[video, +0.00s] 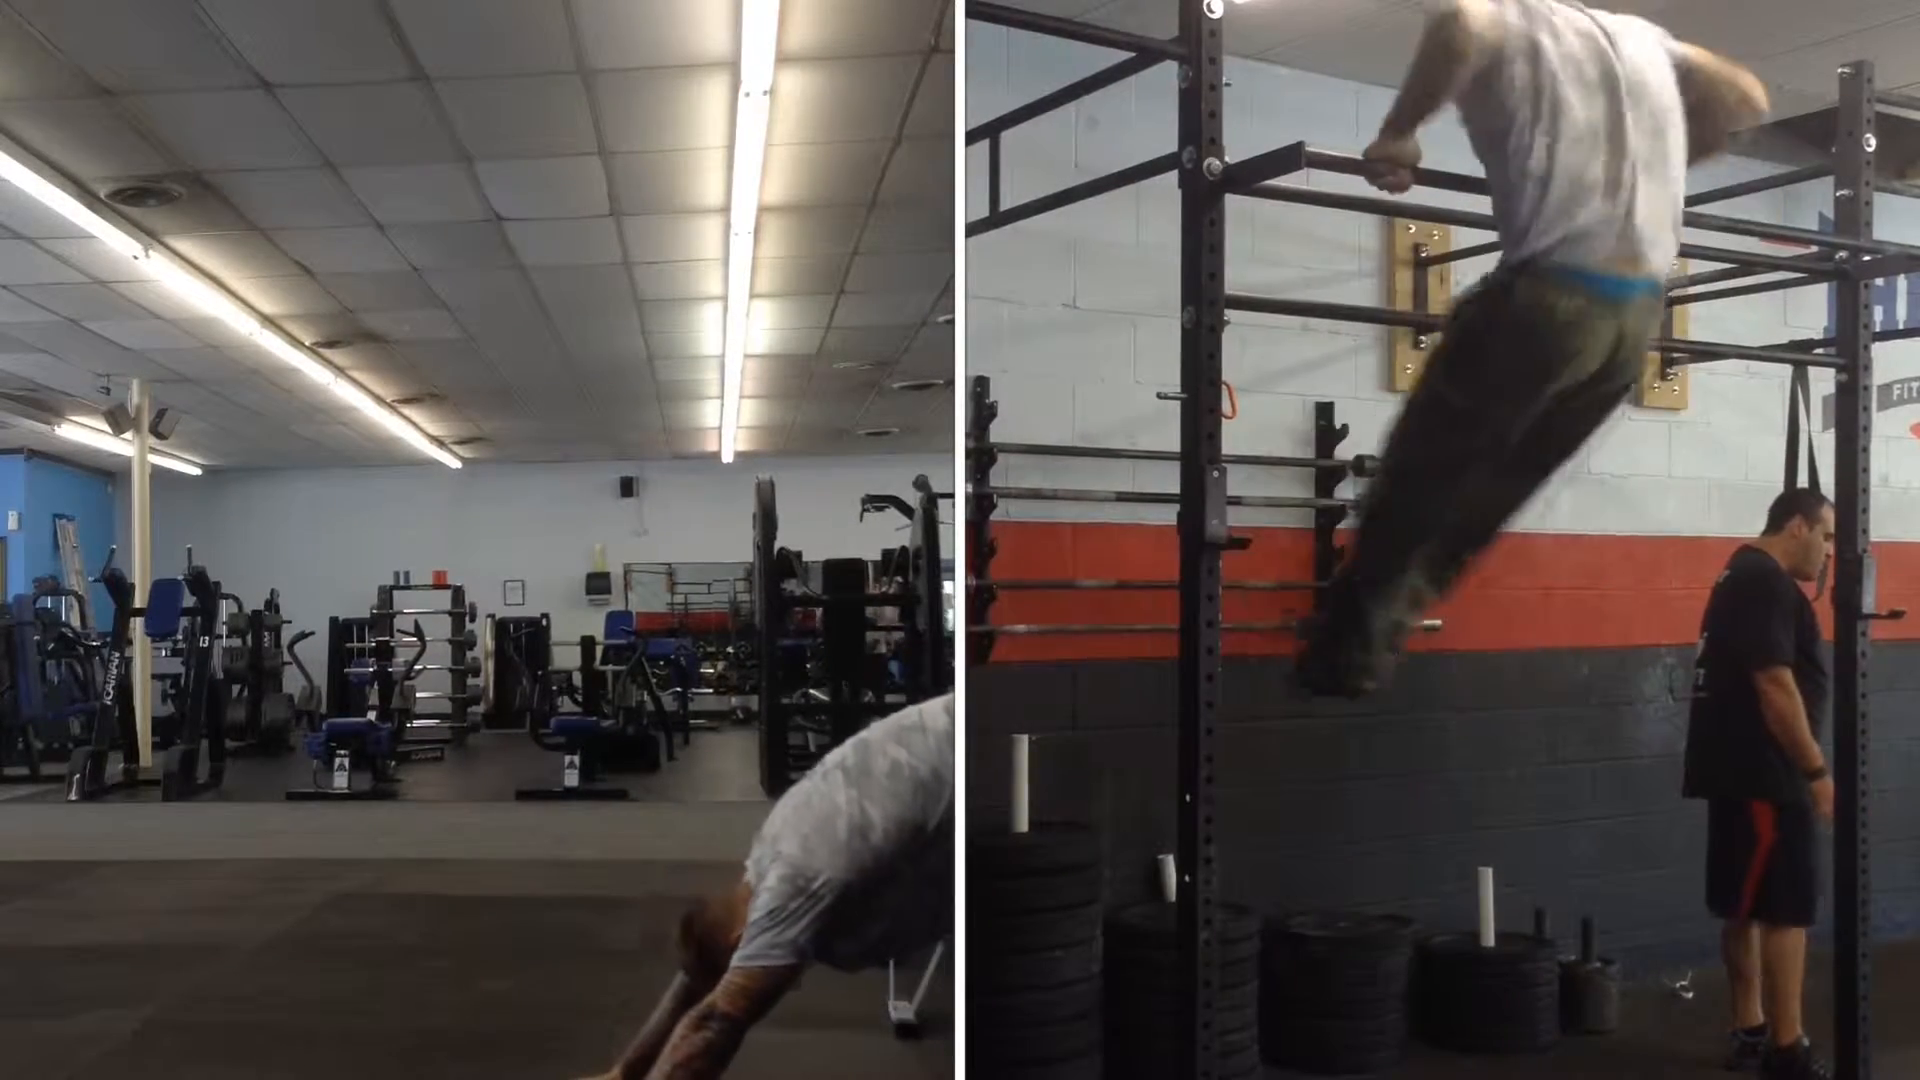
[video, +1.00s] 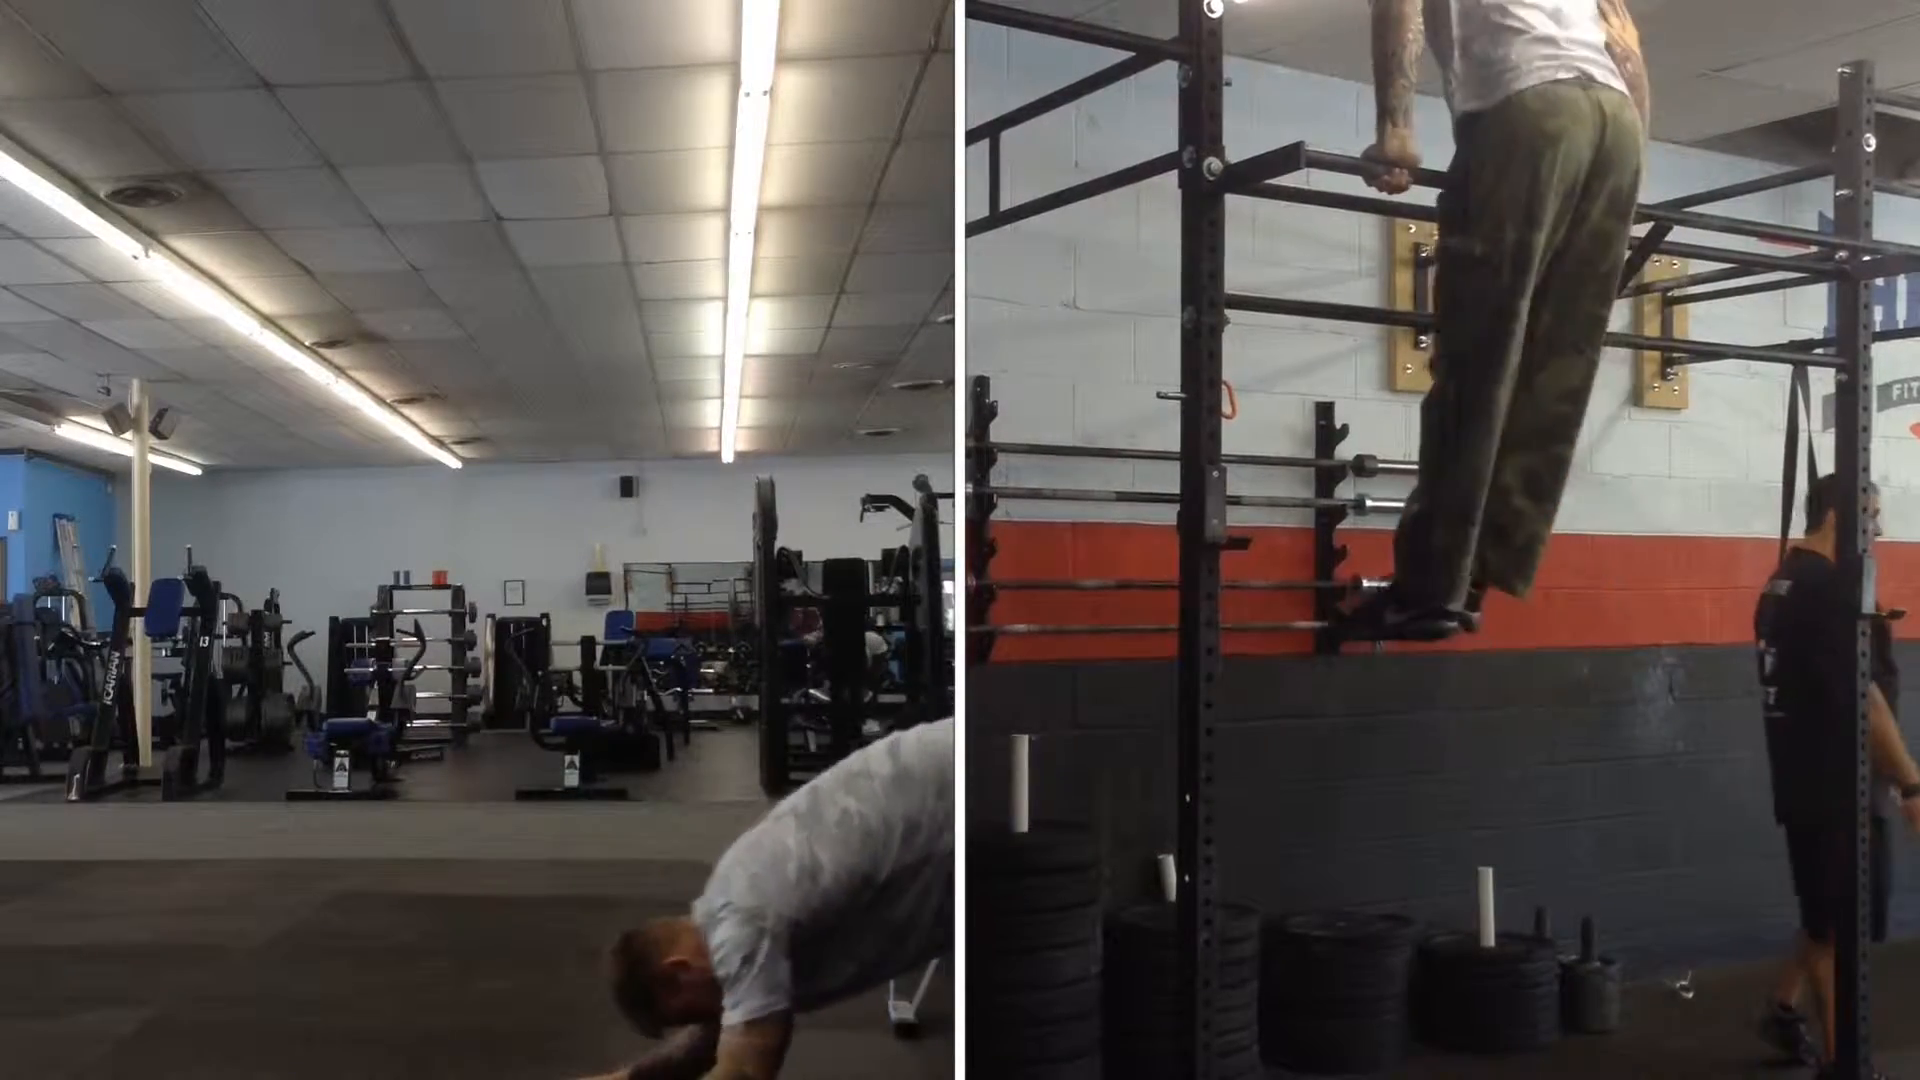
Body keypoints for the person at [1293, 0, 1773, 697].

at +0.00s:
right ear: (1576, 2)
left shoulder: (1497, 15)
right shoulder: (1644, 37)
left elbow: (1460, 25)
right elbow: (1745, 96)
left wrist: (1399, 129)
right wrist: (1660, 153)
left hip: (1545, 306)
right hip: (1634, 326)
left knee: (1423, 469)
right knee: (1495, 489)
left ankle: (1347, 653)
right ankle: (1382, 621)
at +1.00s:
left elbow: (1399, 11)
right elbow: (1626, 44)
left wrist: (1395, 124)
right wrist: (1631, 155)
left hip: (1525, 108)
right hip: (1618, 116)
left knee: (1476, 353)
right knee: (1558, 363)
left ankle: (1428, 589)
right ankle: (1470, 584)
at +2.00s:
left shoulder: (1547, 7)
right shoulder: (1707, 11)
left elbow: (1491, 112)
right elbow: (1757, 148)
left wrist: (1407, 151)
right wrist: (1666, 165)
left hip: (1619, 255)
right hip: (1715, 259)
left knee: (1526, 489)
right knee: (1635, 473)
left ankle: (1657, 640)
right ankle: (1760, 581)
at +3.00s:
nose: (1455, 419)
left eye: (1462, 410)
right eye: (1465, 408)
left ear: (1470, 426)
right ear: (1538, 439)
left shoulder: (1429, 488)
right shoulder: (1545, 509)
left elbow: (1366, 353)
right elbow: (1590, 376)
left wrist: (1394, 218)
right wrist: (1621, 259)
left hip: (1338, 713)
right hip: (1409, 719)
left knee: (1200, 714)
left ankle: (1192, 902)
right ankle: (1285, 922)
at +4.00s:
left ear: (1405, 23)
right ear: (1476, 15)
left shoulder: (1411, 23)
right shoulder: (1542, 36)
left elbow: (1372, 3)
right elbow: (1650, 41)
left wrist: (1386, 124)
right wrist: (1640, 135)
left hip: (1575, 177)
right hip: (1665, 181)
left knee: (1560, 430)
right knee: (1643, 434)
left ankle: (1579, 679)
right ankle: (1628, 659)